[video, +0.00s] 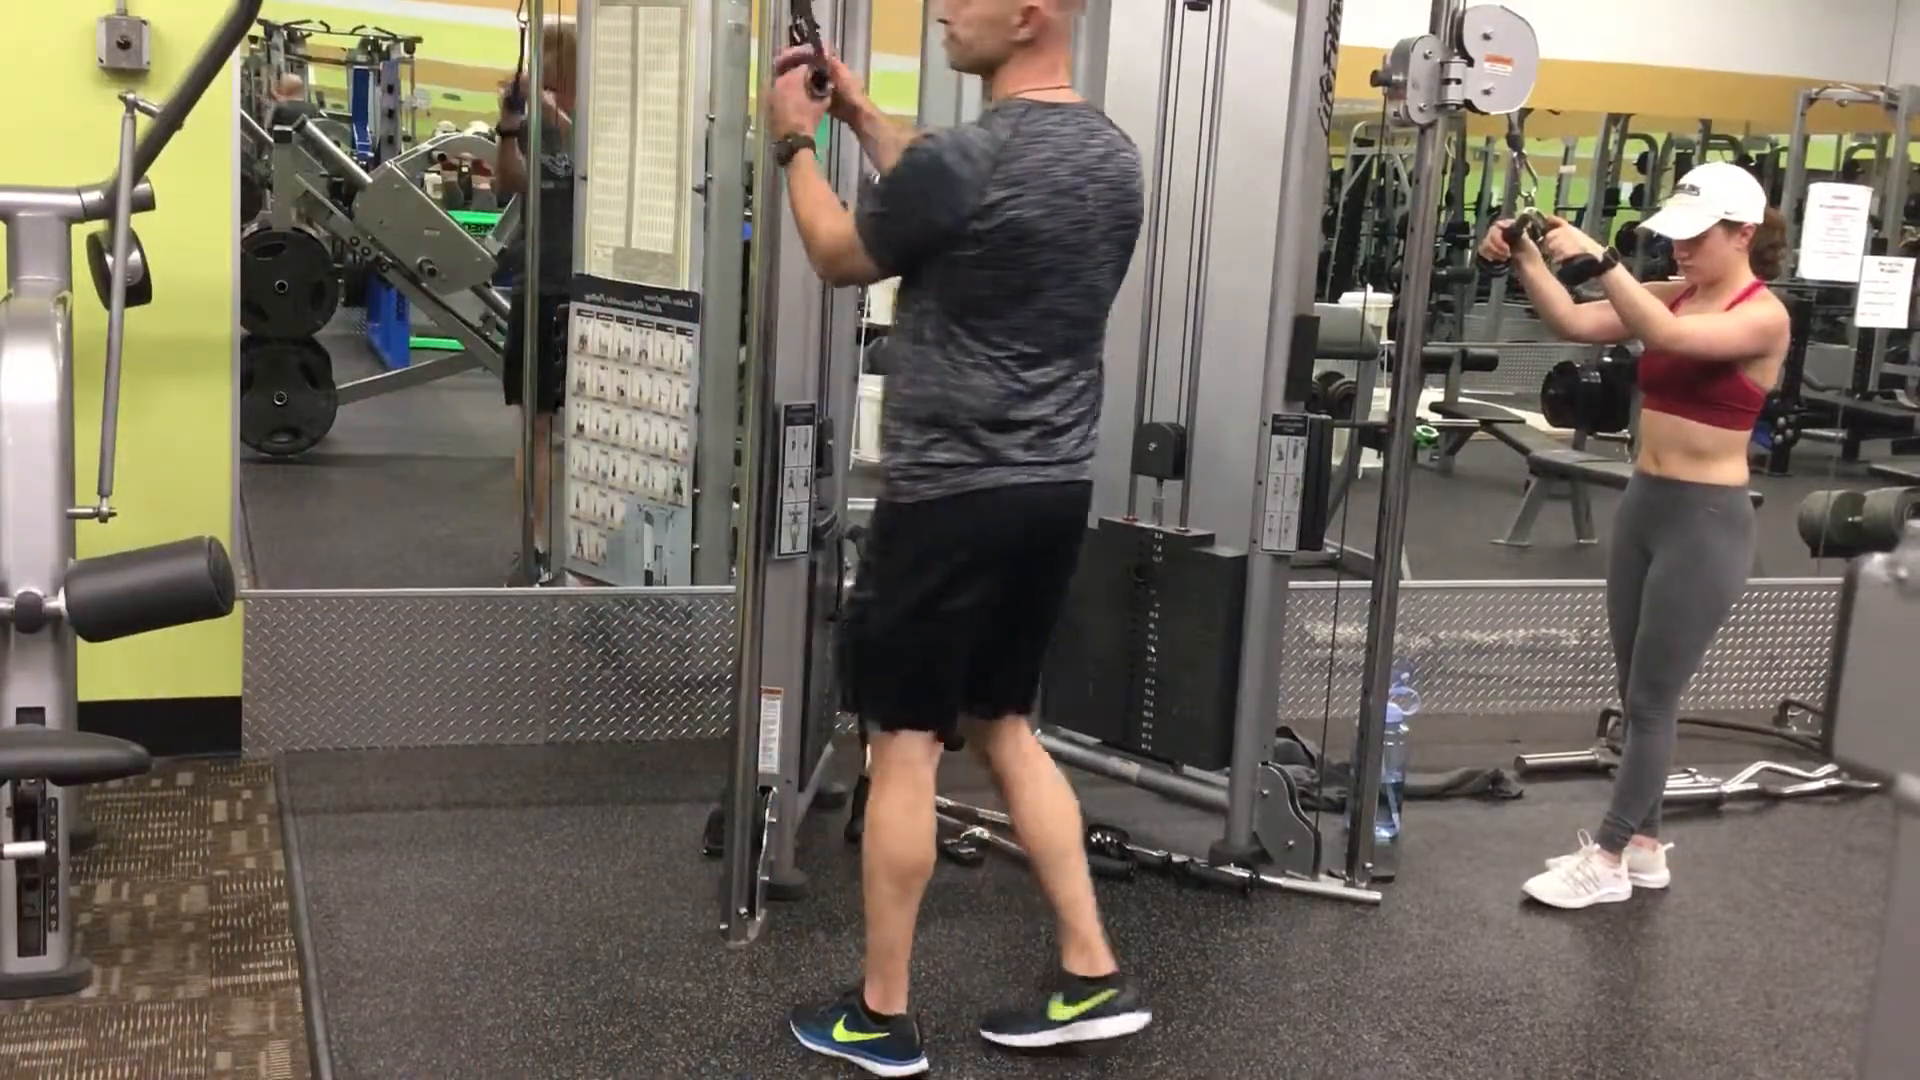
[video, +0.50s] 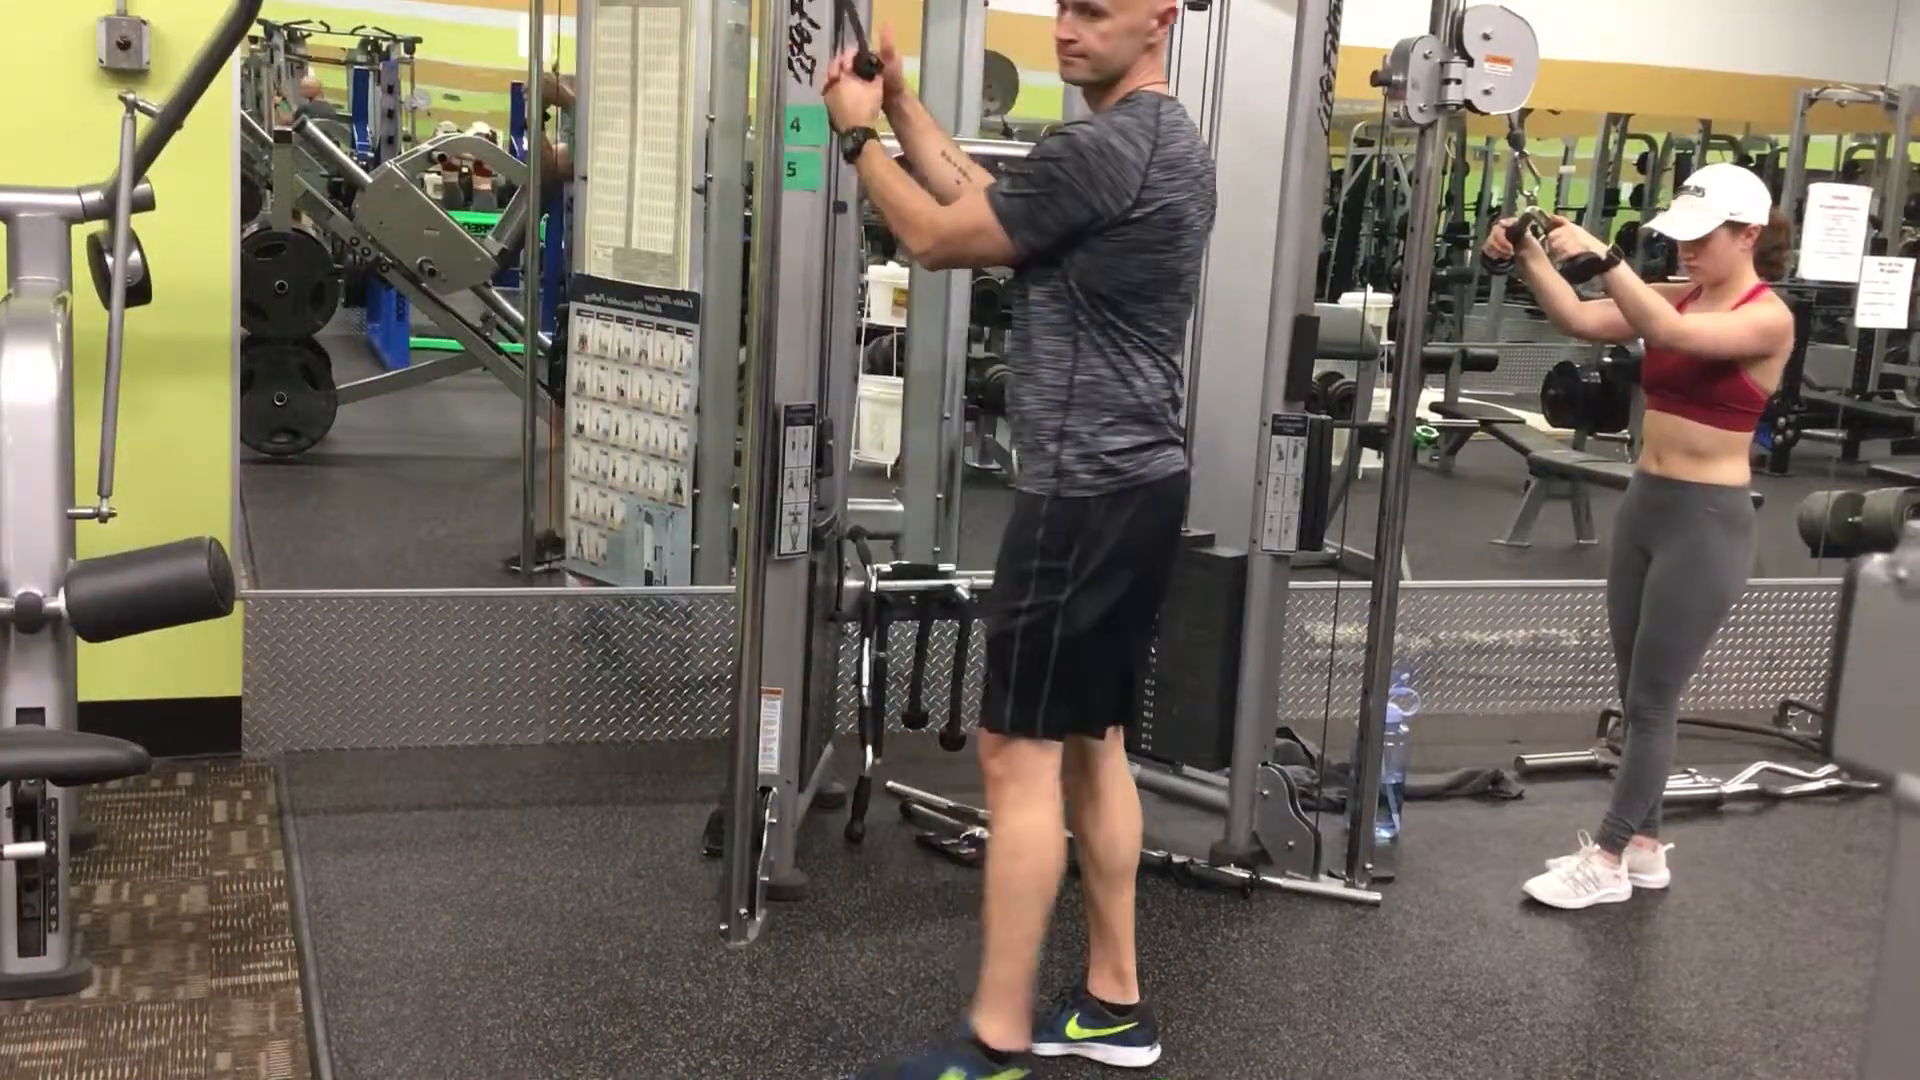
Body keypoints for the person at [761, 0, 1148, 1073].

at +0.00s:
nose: (944, 12)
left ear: (1031, 16)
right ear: (1050, 23)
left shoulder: (959, 161)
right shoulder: (1114, 159)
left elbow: (838, 255)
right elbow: (964, 199)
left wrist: (795, 144)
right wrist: (860, 112)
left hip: (944, 499)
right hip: (1052, 493)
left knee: (903, 745)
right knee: (1005, 724)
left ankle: (882, 1013)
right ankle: (1091, 972)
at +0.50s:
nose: (1066, 23)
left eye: (1094, 10)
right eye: (1063, 6)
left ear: (1161, 21)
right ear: (1062, 13)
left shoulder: (1112, 145)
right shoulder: (1164, 137)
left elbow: (936, 238)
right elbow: (992, 210)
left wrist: (858, 131)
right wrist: (903, 111)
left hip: (1082, 488)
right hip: (1133, 481)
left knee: (1016, 753)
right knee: (1095, 744)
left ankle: (995, 1039)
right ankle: (1112, 1003)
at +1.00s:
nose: (1077, 43)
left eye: (1100, 24)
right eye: (1071, 24)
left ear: (1172, 22)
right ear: (1077, 24)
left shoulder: (1143, 152)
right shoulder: (1174, 139)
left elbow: (965, 229)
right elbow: (1017, 221)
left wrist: (887, 130)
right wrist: (938, 116)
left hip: (1136, 504)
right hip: (1120, 496)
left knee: (1121, 783)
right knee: (1091, 763)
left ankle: (1178, 1059)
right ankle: (1112, 1004)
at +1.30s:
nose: (1068, 60)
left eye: (1089, 37)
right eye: (1062, 38)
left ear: (1170, 27)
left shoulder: (1138, 161)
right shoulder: (1218, 142)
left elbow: (989, 204)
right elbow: (1035, 188)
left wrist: (920, 105)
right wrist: (958, 97)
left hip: (1170, 524)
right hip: (1127, 512)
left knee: (1131, 811)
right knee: (1074, 754)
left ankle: (1187, 1070)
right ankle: (1105, 1003)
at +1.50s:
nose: (1052, 67)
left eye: (1070, 43)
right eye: (1043, 45)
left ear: (1153, 26)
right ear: (1146, 33)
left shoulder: (1138, 157)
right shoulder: (1229, 128)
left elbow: (987, 189)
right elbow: (1069, 175)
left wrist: (915, 93)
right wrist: (968, 67)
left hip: (1201, 528)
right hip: (1135, 516)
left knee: (1147, 819)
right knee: (1061, 759)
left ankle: (1189, 1067)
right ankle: (1093, 1017)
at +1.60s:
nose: (1044, 73)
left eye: (1063, 49)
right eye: (1037, 49)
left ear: (1148, 30)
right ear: (1142, 35)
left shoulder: (1149, 155)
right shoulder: (1215, 128)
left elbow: (990, 192)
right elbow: (1067, 174)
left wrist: (910, 91)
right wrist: (966, 73)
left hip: (1211, 531)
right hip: (1139, 520)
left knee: (1150, 826)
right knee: (1087, 788)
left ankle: (1189, 1070)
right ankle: (1092, 1042)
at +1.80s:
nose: (1038, 83)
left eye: (1055, 57)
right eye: (1031, 60)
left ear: (1139, 39)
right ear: (1136, 42)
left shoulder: (1143, 160)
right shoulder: (1218, 137)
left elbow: (991, 190)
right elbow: (1045, 180)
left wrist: (920, 92)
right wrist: (961, 83)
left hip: (1225, 530)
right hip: (1176, 523)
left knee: (1121, 828)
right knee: (1098, 801)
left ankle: (1205, 1067)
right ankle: (1092, 1050)